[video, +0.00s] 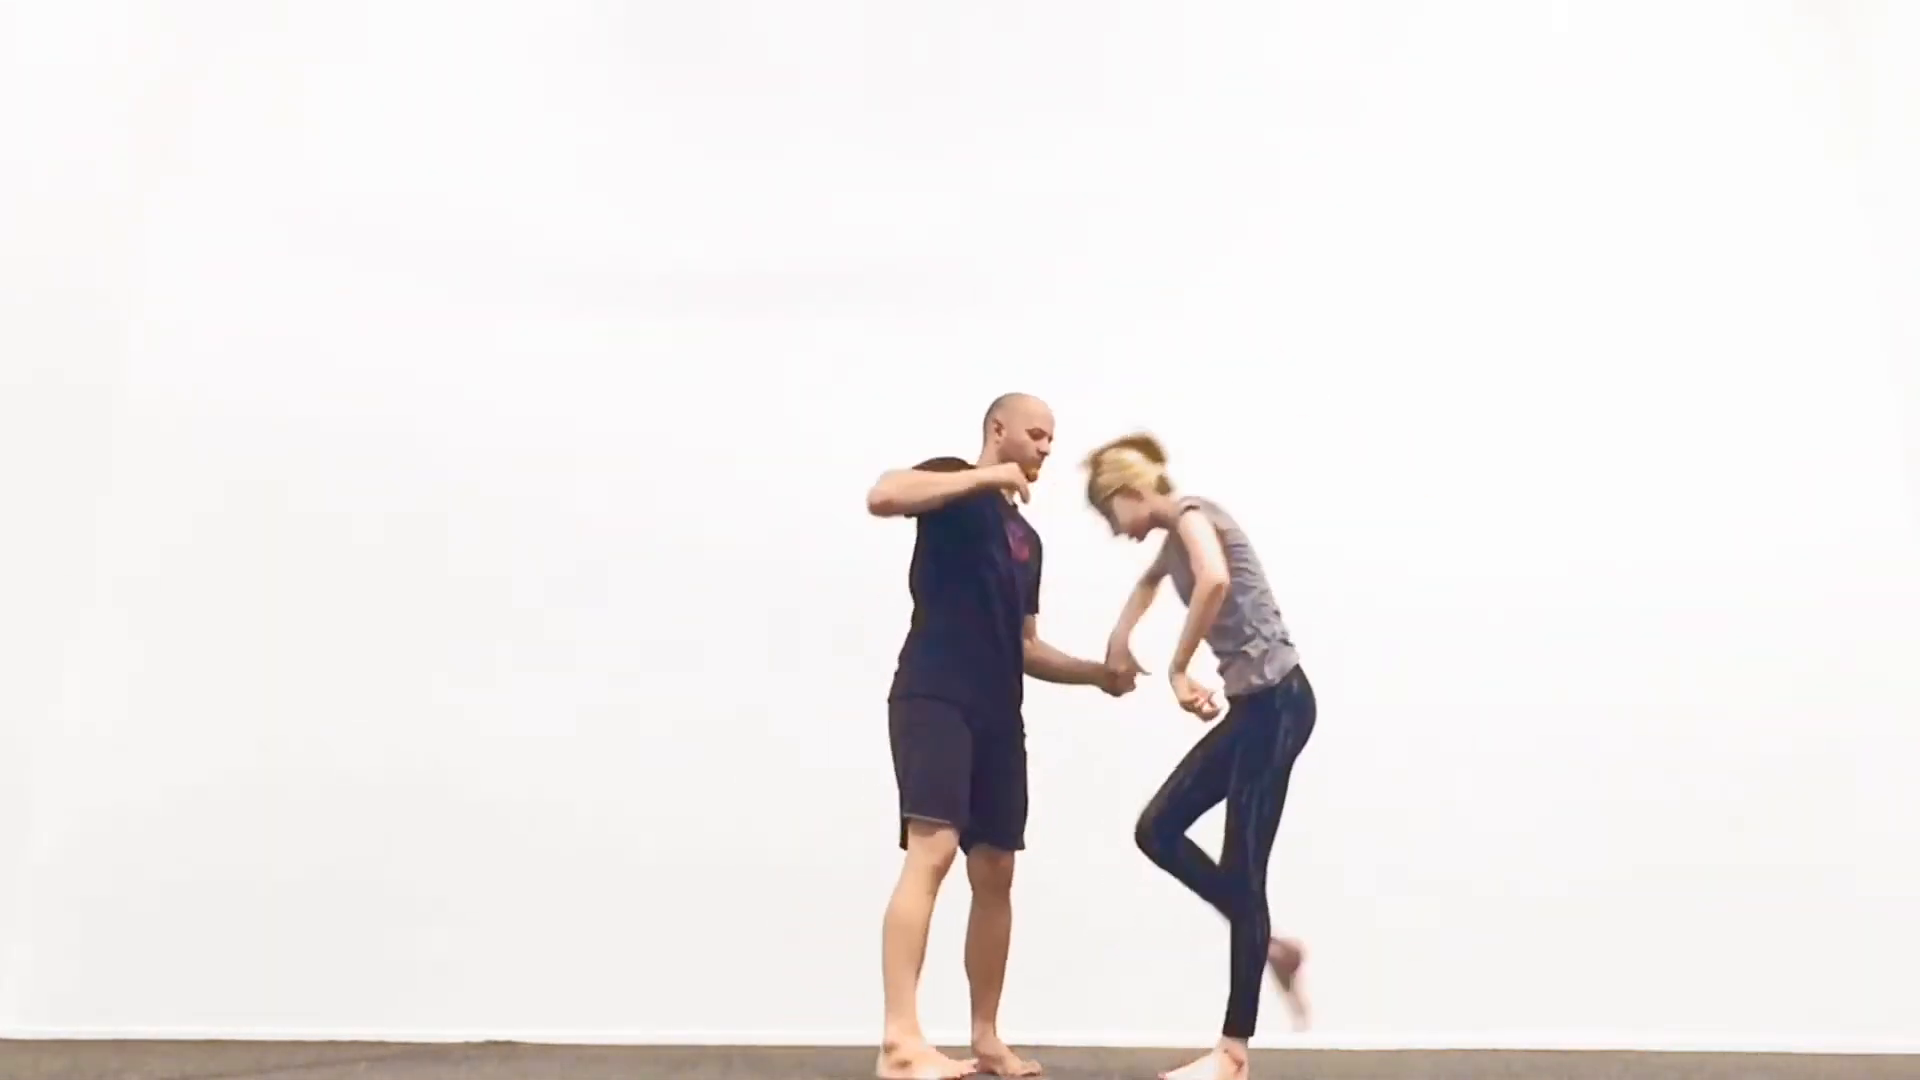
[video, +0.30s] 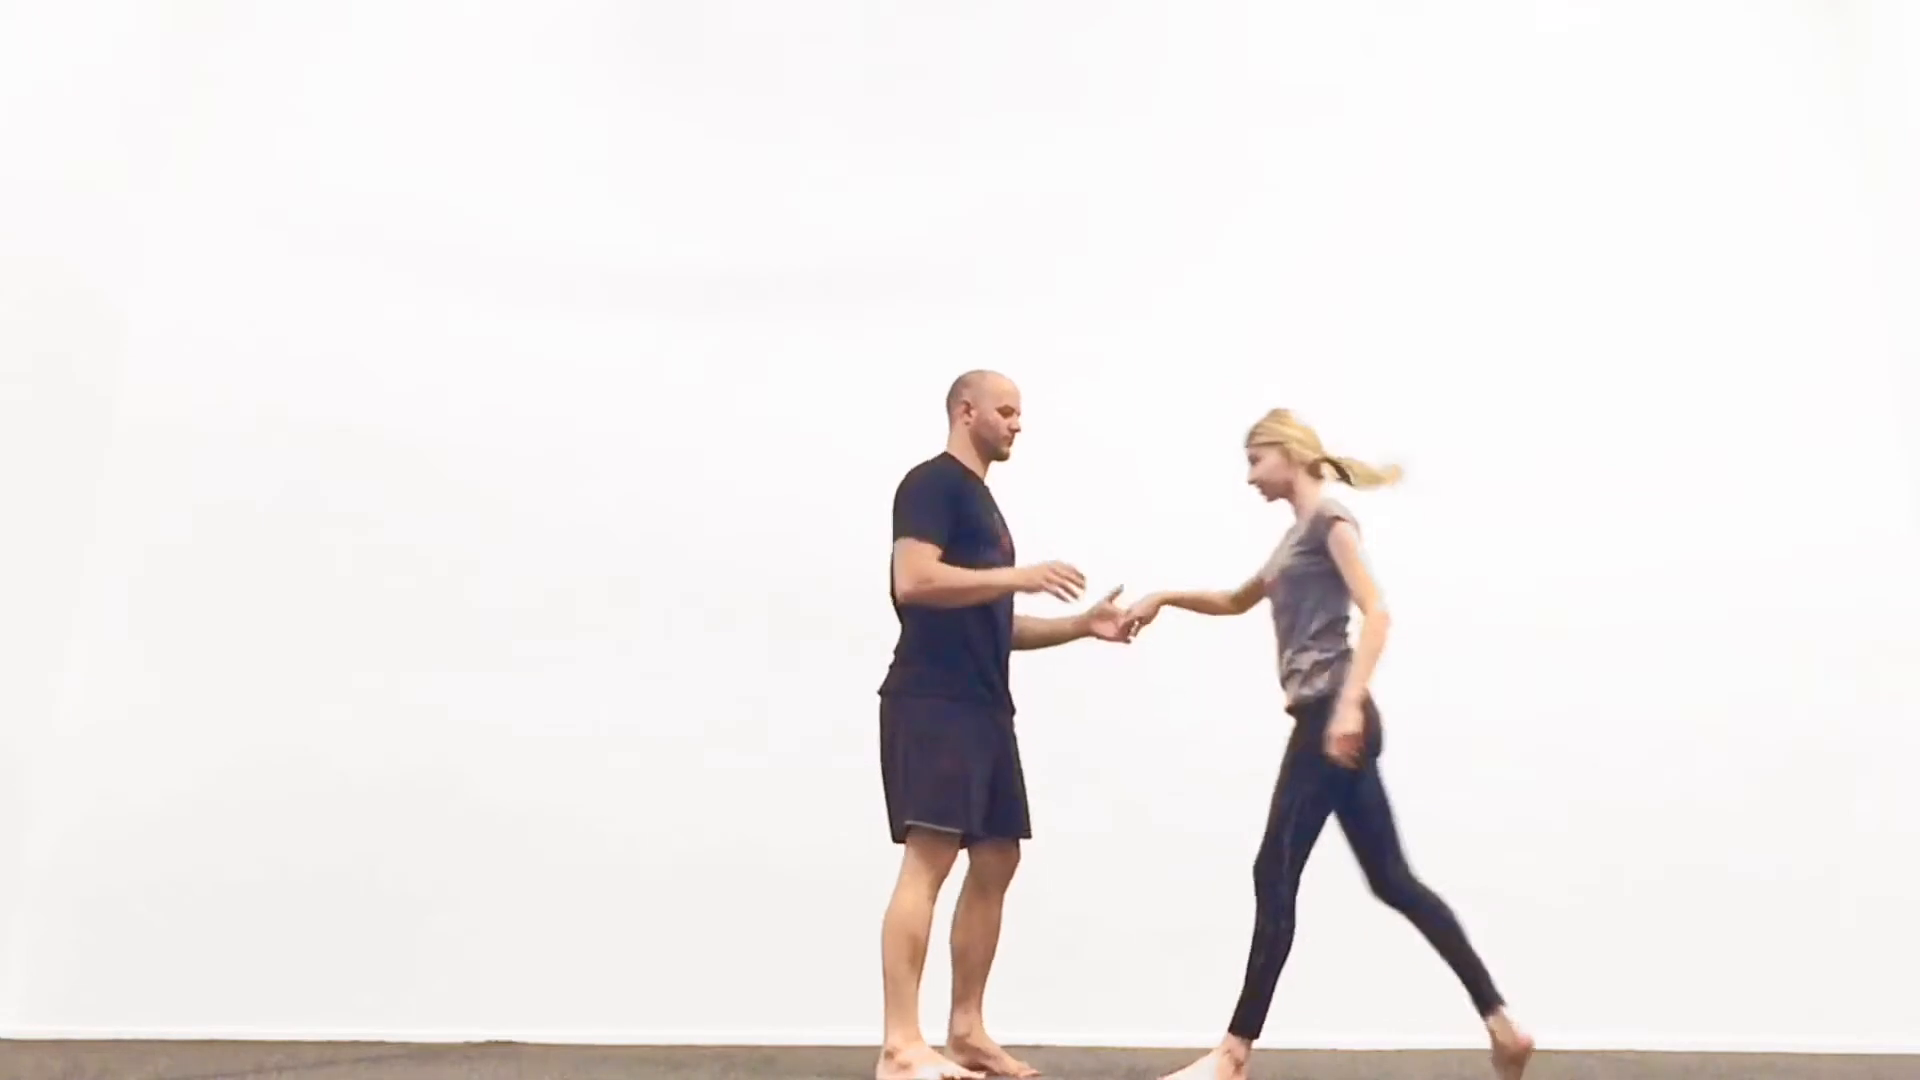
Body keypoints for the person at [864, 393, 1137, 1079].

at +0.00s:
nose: (1047, 449)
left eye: (1050, 440)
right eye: (1037, 435)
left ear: (1040, 446)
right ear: (997, 429)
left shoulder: (1028, 540)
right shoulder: (952, 479)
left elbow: (1026, 649)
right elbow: (883, 496)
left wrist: (1100, 672)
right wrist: (984, 478)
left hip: (1000, 709)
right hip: (935, 695)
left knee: (994, 870)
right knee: (932, 849)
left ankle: (987, 1041)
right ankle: (901, 1043)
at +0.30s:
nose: (1018, 425)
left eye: (1019, 414)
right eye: (1007, 411)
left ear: (986, 418)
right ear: (964, 411)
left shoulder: (984, 503)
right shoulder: (932, 482)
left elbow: (995, 631)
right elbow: (913, 580)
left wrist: (1084, 622)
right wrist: (1014, 578)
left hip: (985, 705)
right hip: (933, 702)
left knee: (996, 859)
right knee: (929, 856)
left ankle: (966, 1034)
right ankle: (901, 1047)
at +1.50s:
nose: (1060, 451)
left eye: (1063, 440)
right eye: (1049, 438)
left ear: (1053, 447)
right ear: (1008, 439)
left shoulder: (1044, 537)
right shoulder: (955, 510)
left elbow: (1052, 644)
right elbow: (947, 621)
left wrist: (1035, 604)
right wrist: (1041, 638)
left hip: (976, 708)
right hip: (911, 699)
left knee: (999, 866)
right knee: (898, 843)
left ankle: (965, 1039)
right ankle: (836, 1022)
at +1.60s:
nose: (1068, 469)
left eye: (1072, 460)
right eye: (1056, 457)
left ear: (1064, 469)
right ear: (1016, 459)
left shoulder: (1051, 559)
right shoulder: (962, 527)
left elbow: (1042, 675)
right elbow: (960, 635)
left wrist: (1016, 640)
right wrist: (1052, 636)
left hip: (970, 717)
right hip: (903, 705)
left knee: (1011, 868)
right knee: (880, 838)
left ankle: (965, 1041)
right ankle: (787, 1009)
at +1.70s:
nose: (1074, 492)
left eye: (1079, 481)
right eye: (1061, 478)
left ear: (1075, 492)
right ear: (1019, 480)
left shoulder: (1055, 583)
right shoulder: (967, 543)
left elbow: (1041, 677)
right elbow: (962, 648)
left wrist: (1044, 725)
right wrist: (1048, 640)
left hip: (963, 732)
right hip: (897, 714)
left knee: (1017, 873)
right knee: (851, 844)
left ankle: (968, 1039)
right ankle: (740, 998)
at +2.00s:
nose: (1032, 549)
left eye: (1042, 539)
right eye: (1020, 535)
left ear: (1049, 550)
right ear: (984, 532)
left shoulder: (1034, 646)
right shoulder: (927, 599)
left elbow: (1021, 746)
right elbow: (894, 717)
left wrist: (1057, 837)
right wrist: (953, 690)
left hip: (931, 774)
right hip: (854, 759)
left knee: (1024, 878)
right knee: (766, 857)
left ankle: (962, 1045)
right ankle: (631, 1003)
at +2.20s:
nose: (927, 543)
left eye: (940, 532)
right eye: (915, 531)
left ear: (958, 545)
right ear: (892, 539)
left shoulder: (970, 652)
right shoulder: (839, 611)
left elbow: (987, 756)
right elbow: (821, 740)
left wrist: (1022, 825)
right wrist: (862, 700)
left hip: (894, 797)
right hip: (808, 785)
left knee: (994, 869)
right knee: (716, 879)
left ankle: (960, 1046)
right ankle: (590, 1037)